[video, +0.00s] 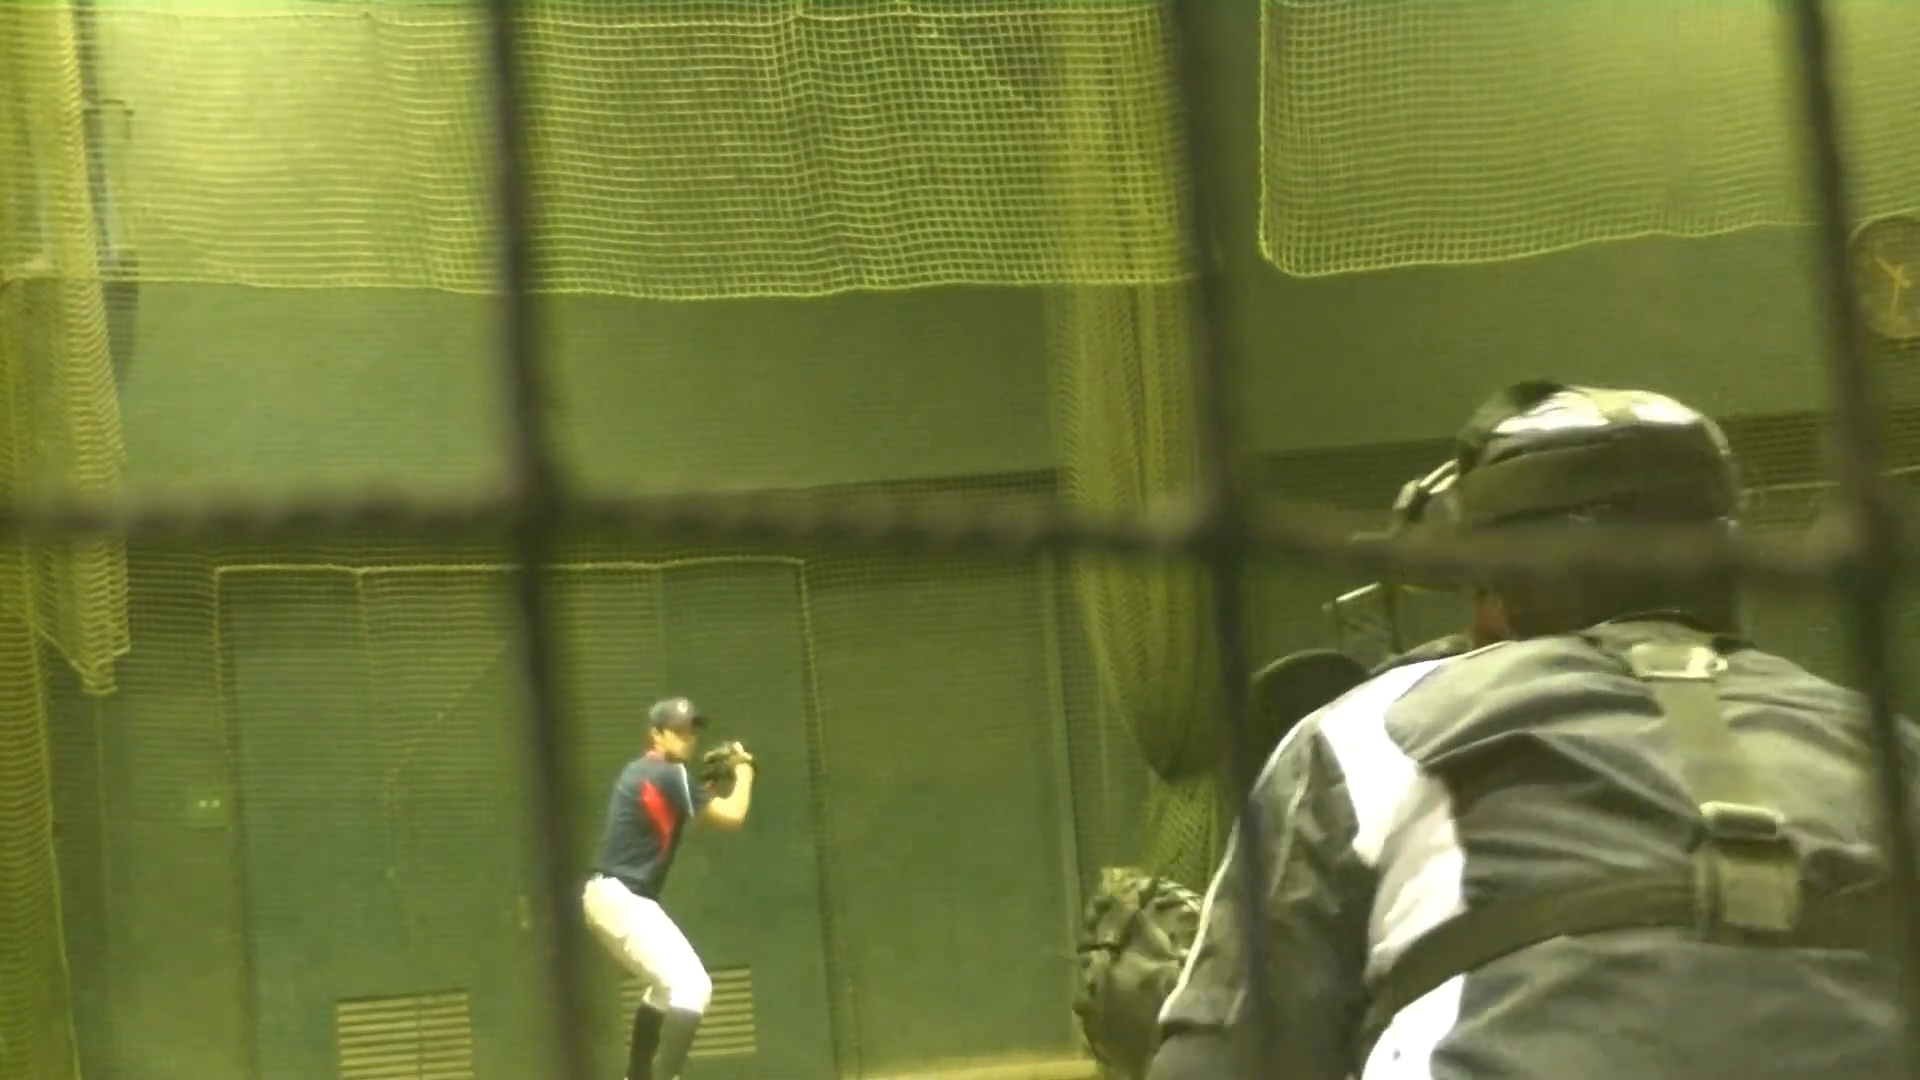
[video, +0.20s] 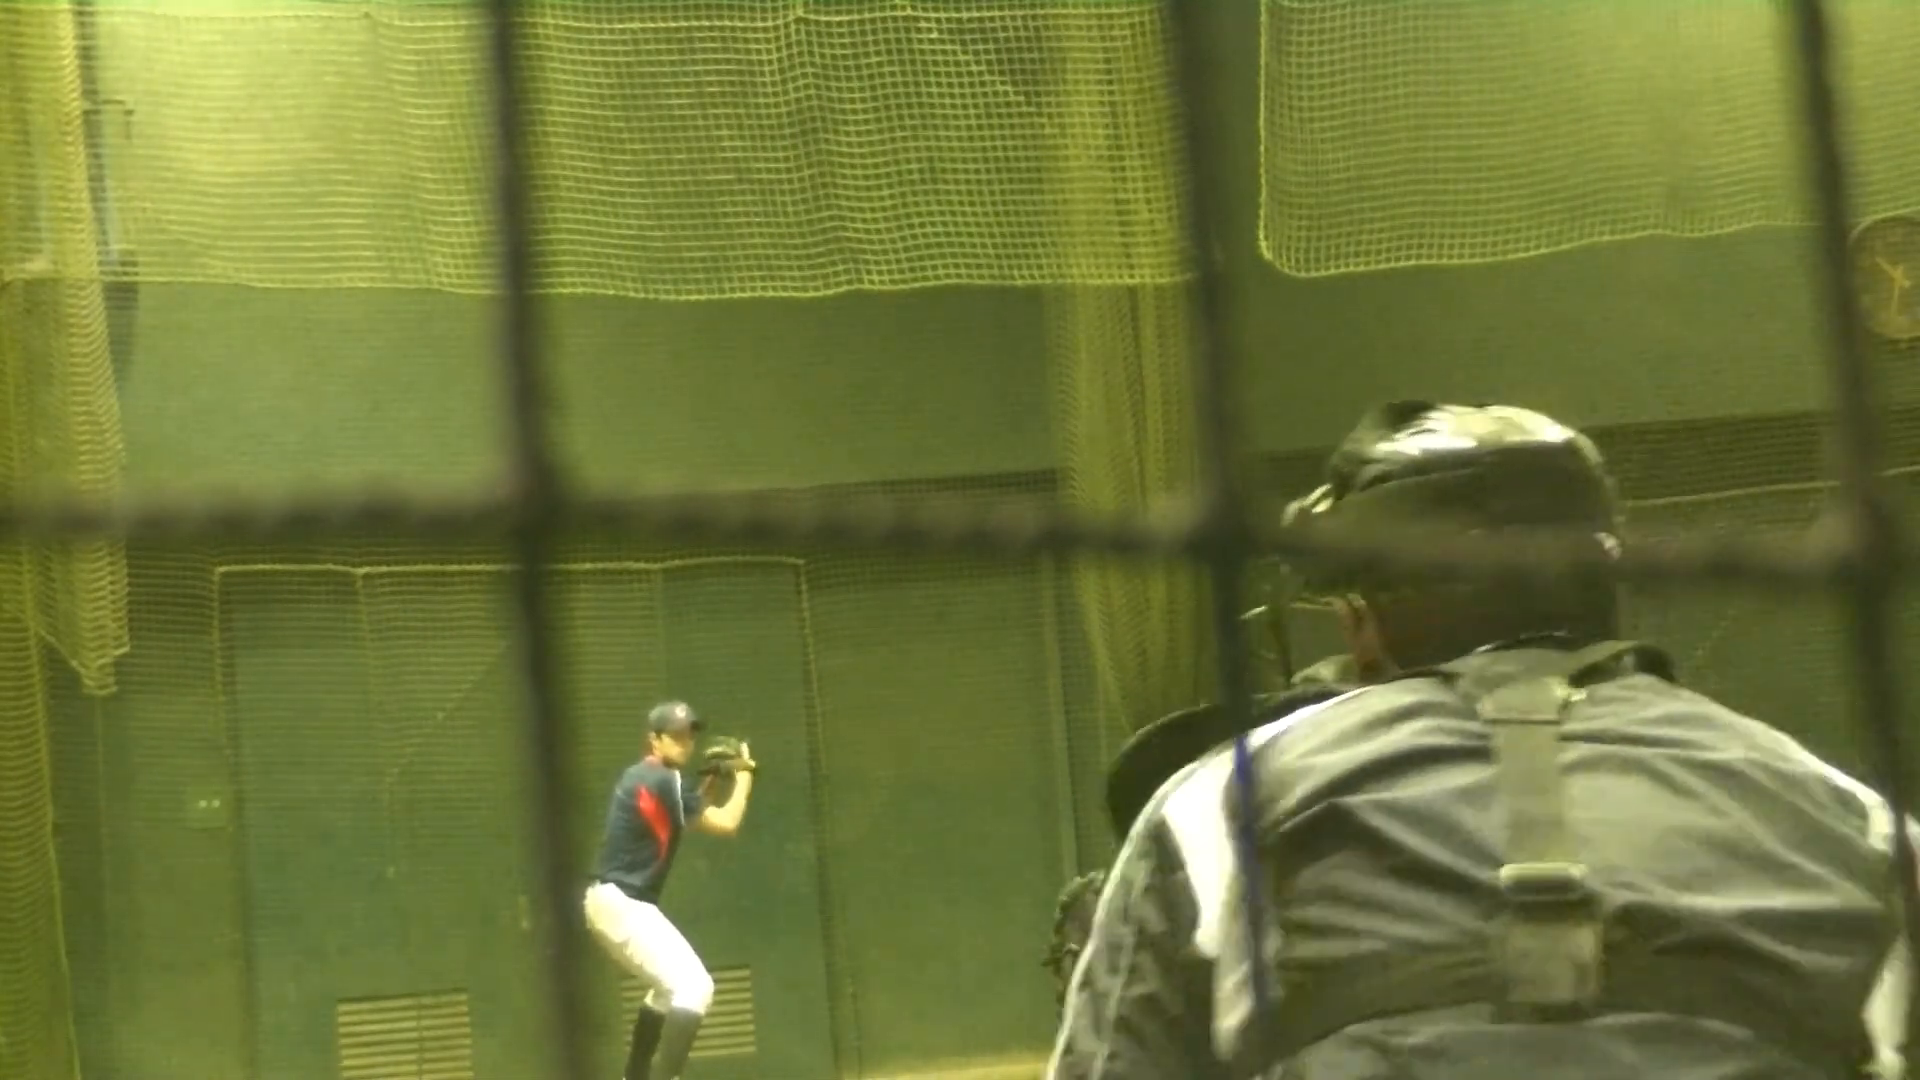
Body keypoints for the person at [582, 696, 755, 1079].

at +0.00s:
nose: (690, 739)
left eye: (692, 731)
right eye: (683, 732)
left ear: (657, 736)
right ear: (660, 734)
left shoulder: (638, 770)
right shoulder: (668, 774)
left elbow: (680, 808)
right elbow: (732, 814)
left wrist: (712, 783)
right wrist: (744, 771)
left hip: (603, 894)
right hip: (623, 898)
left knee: (665, 984)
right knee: (693, 986)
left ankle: (638, 1073)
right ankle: (669, 1072)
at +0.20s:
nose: (688, 745)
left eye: (690, 736)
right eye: (679, 737)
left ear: (656, 742)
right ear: (656, 739)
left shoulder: (640, 775)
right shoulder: (661, 779)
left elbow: (688, 811)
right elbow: (725, 823)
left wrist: (713, 779)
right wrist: (744, 777)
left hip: (606, 900)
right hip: (622, 902)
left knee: (667, 986)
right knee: (695, 987)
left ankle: (636, 1073)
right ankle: (667, 1072)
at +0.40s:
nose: (685, 746)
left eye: (687, 738)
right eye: (677, 739)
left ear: (656, 743)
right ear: (653, 741)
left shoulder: (639, 776)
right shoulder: (659, 782)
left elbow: (697, 801)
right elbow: (721, 833)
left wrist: (721, 766)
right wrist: (748, 782)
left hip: (603, 901)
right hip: (620, 905)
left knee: (665, 986)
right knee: (693, 989)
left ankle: (635, 1071)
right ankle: (666, 1072)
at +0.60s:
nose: (683, 752)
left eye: (686, 744)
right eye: (675, 744)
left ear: (687, 744)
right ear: (651, 745)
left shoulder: (637, 780)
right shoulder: (657, 788)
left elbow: (692, 807)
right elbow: (720, 837)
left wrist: (721, 778)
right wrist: (746, 787)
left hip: (605, 905)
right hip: (620, 910)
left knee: (670, 986)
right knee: (695, 990)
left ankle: (639, 1072)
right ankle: (667, 1072)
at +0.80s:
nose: (683, 751)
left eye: (685, 744)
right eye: (674, 744)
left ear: (685, 744)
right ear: (651, 746)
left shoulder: (639, 781)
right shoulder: (656, 787)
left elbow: (687, 815)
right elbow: (725, 828)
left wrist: (714, 784)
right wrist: (740, 781)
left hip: (606, 907)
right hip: (619, 909)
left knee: (671, 985)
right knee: (697, 988)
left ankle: (639, 1072)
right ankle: (669, 1073)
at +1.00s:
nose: (683, 751)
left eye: (685, 743)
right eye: (674, 743)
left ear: (686, 743)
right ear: (651, 746)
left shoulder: (637, 782)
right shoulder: (656, 787)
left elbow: (683, 817)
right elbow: (726, 824)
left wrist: (710, 787)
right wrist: (738, 776)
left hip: (606, 907)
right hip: (619, 909)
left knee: (671, 985)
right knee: (698, 989)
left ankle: (638, 1073)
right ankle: (669, 1073)